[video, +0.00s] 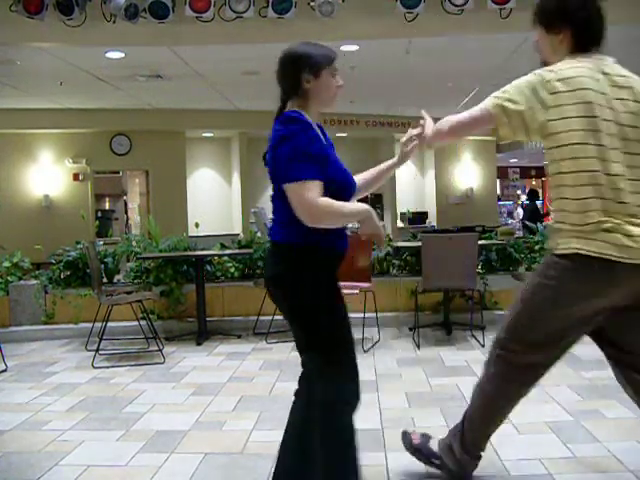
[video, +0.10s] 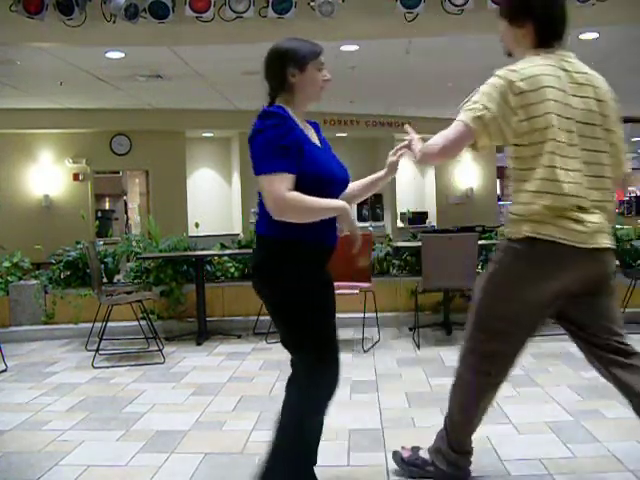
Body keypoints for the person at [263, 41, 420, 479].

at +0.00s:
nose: (341, 82)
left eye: (338, 74)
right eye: (332, 74)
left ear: (309, 81)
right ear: (306, 80)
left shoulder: (312, 129)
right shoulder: (294, 131)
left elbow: (345, 189)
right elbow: (309, 208)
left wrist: (398, 160)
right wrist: (362, 211)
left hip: (312, 266)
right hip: (300, 268)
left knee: (323, 379)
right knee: (338, 386)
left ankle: (293, 475)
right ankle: (332, 475)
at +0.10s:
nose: (327, 76)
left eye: (325, 69)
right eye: (319, 69)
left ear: (298, 76)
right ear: (293, 75)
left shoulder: (310, 128)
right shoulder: (274, 126)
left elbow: (338, 197)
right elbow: (278, 203)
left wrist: (386, 173)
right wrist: (338, 208)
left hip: (308, 260)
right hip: (286, 262)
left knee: (315, 371)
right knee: (318, 372)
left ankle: (291, 472)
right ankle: (285, 474)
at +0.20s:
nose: (313, 76)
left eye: (311, 69)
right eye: (305, 70)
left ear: (289, 77)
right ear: (279, 76)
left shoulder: (302, 130)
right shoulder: (255, 126)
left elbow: (325, 201)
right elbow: (253, 202)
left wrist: (371, 176)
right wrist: (317, 208)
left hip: (305, 257)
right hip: (270, 258)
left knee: (309, 372)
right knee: (291, 371)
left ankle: (293, 475)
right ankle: (217, 470)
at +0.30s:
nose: (299, 82)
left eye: (297, 75)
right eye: (290, 75)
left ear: (271, 83)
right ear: (263, 81)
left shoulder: (290, 137)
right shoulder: (239, 131)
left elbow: (315, 208)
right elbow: (232, 208)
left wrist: (359, 173)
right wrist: (296, 216)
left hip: (295, 268)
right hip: (252, 269)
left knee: (301, 376)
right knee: (254, 378)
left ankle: (292, 476)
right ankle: (181, 470)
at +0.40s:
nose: (281, 81)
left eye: (279, 73)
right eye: (273, 74)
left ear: (254, 80)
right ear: (248, 79)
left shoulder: (276, 137)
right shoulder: (219, 130)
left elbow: (300, 205)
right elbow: (211, 209)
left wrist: (344, 170)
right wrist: (277, 218)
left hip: (276, 265)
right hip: (230, 267)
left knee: (291, 376)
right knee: (222, 381)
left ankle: (292, 475)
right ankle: (172, 475)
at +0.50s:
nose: (264, 78)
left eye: (263, 70)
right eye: (257, 70)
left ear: (238, 76)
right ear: (230, 75)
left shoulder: (257, 130)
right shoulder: (199, 127)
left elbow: (282, 199)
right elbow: (187, 203)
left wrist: (327, 161)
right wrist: (256, 213)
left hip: (255, 263)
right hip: (208, 265)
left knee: (277, 377)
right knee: (205, 379)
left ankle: (291, 475)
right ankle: (171, 476)